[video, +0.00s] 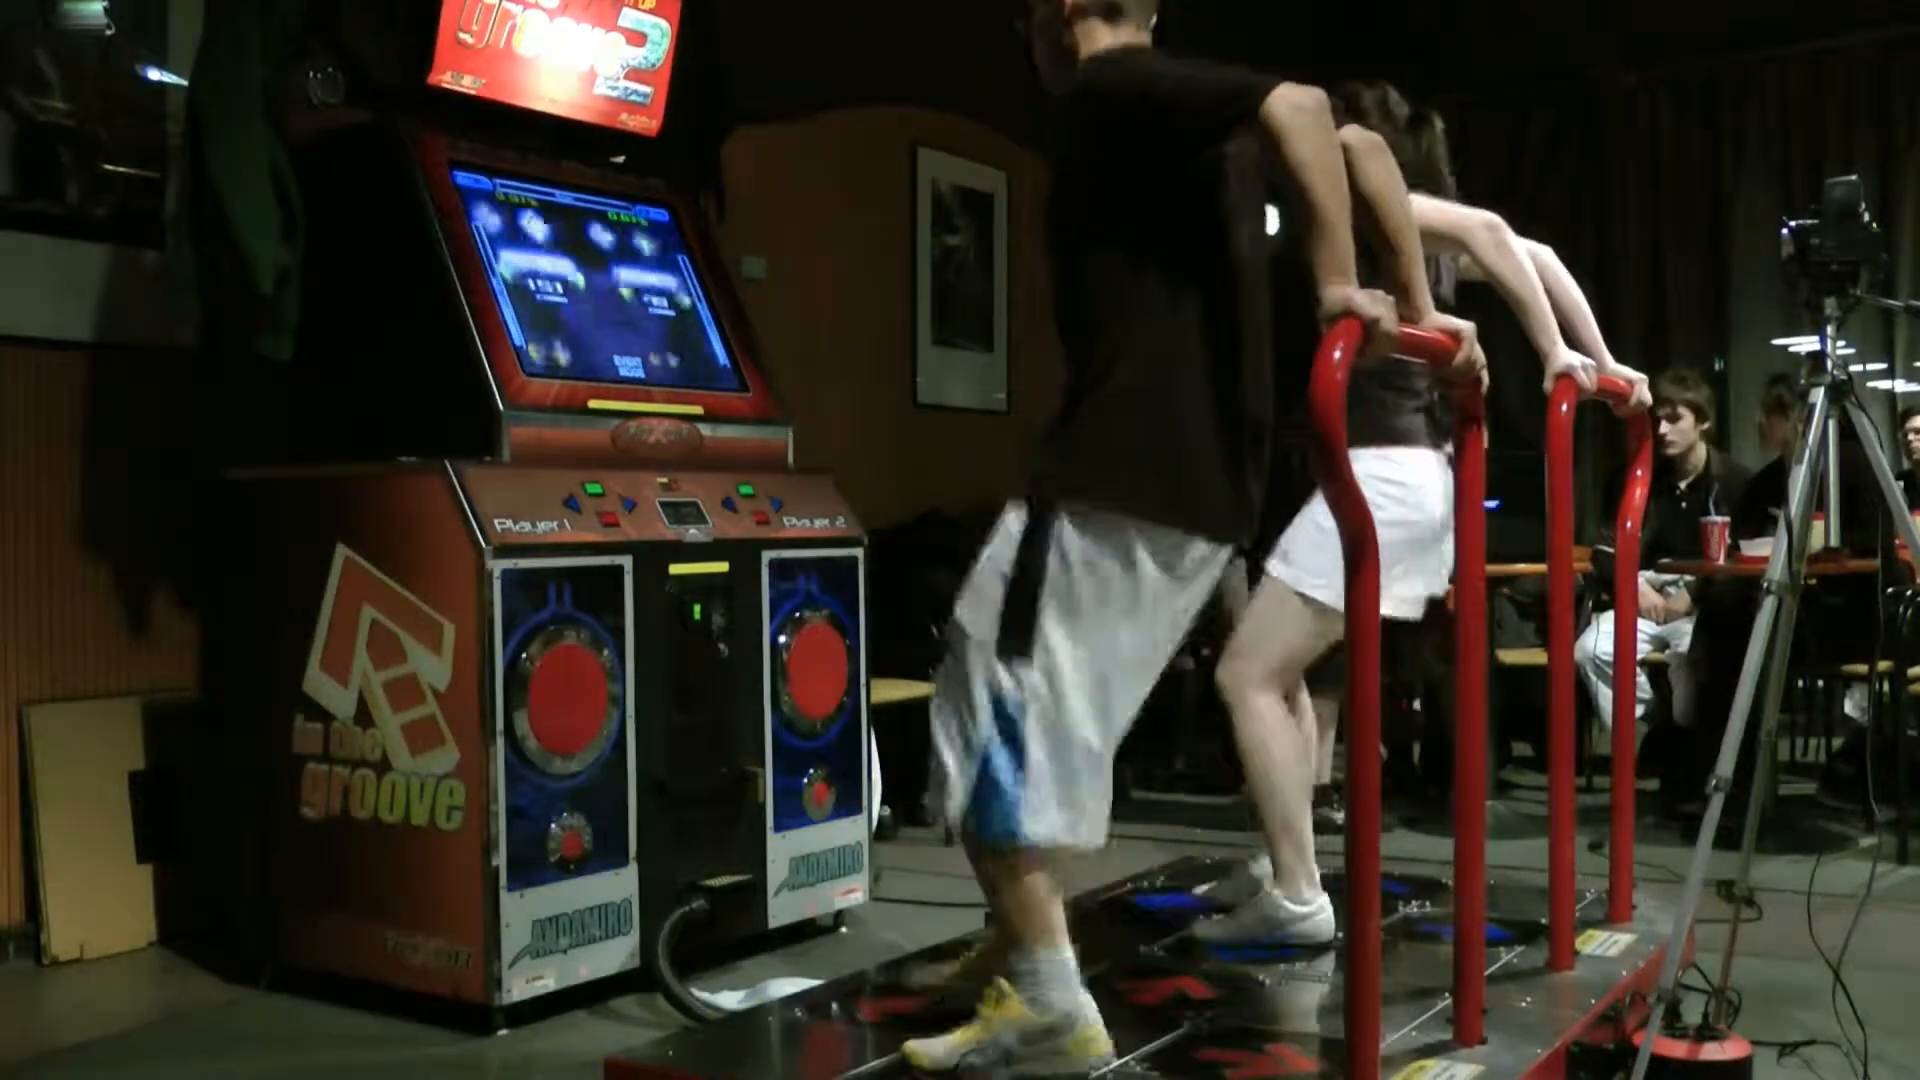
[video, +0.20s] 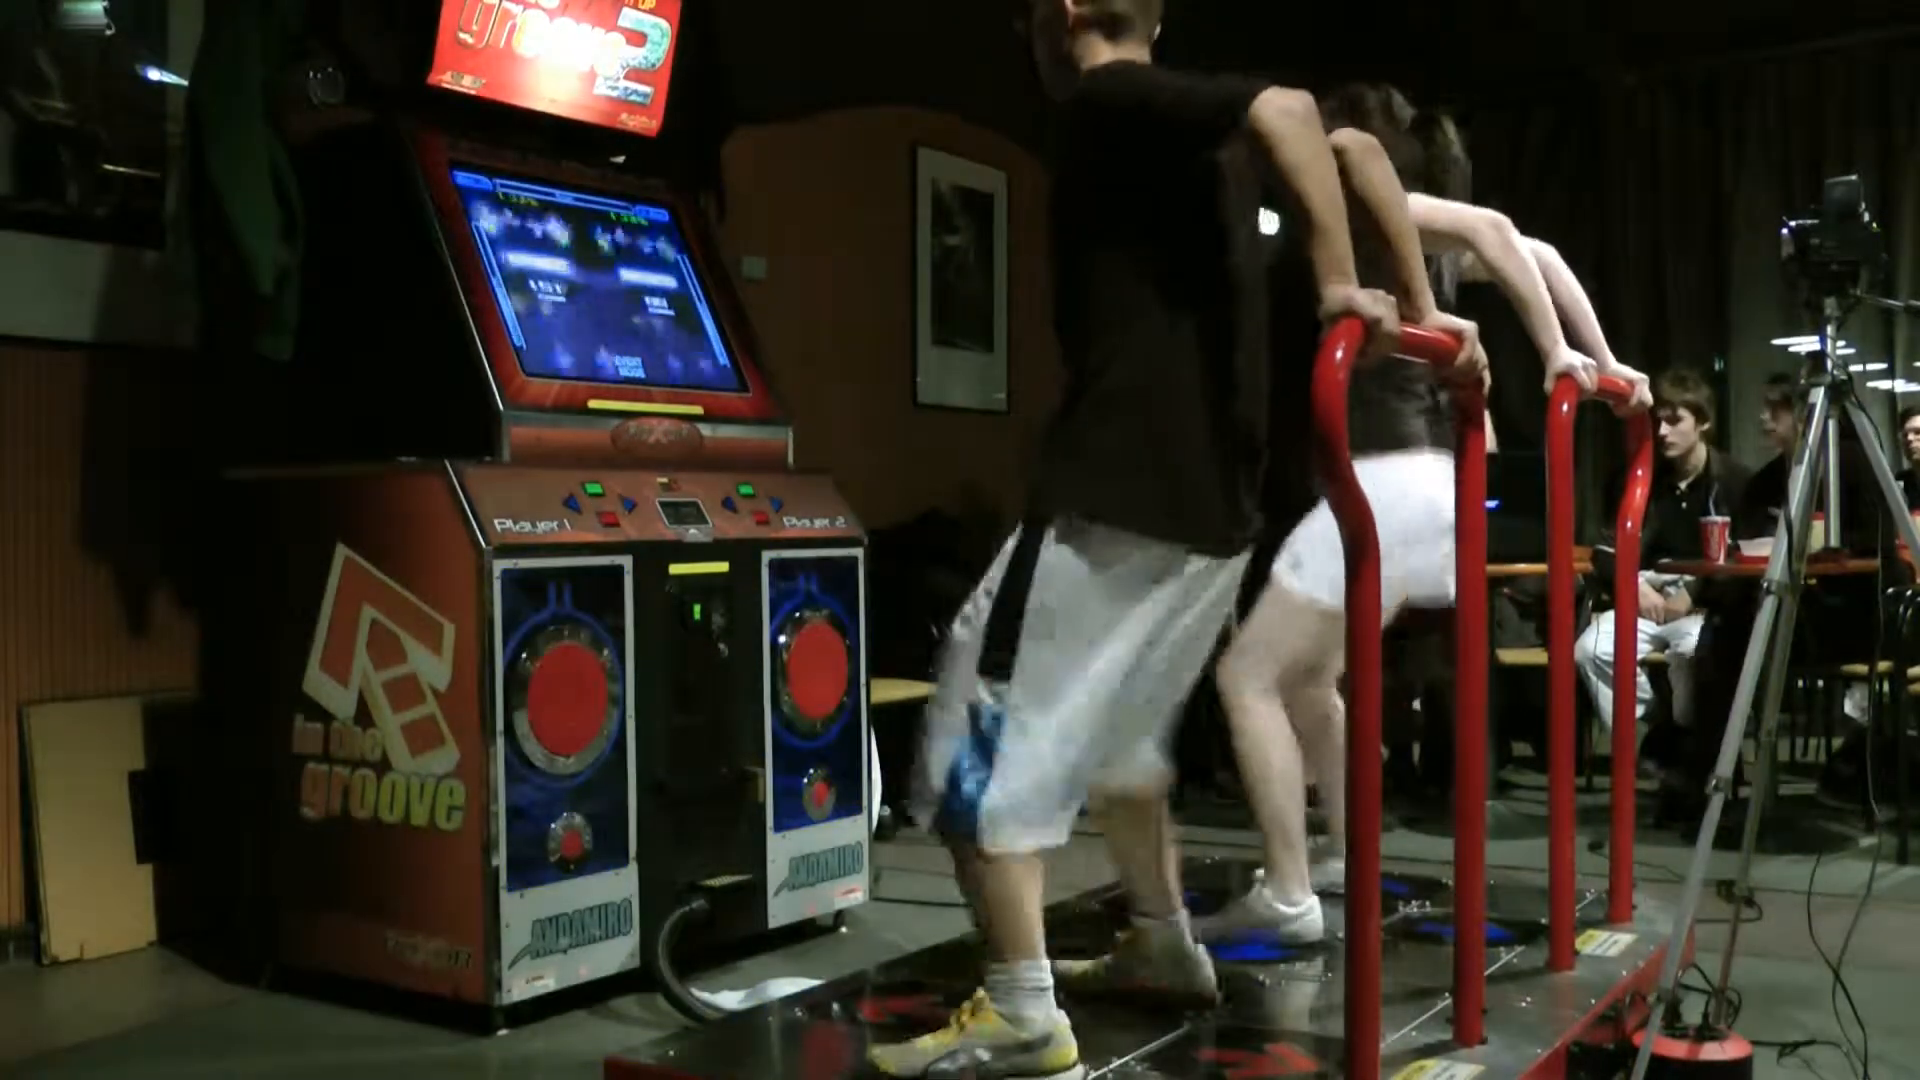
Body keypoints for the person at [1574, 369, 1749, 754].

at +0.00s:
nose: (1663, 429)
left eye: (1674, 419)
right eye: (1657, 420)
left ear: (1702, 423)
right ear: (1650, 424)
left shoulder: (1734, 481)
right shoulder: (1640, 476)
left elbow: (1746, 563)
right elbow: (1606, 549)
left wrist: (1691, 598)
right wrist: (1636, 588)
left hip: (1701, 605)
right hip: (1645, 601)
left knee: (1686, 655)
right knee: (1594, 650)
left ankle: (1689, 745)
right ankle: (1655, 734)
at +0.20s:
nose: (1663, 430)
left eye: (1674, 420)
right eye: (1658, 421)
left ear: (1702, 423)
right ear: (1651, 425)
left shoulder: (1735, 482)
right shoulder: (1645, 477)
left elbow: (1747, 565)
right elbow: (1609, 550)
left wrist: (1692, 601)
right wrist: (1635, 589)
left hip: (1705, 608)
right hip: (1650, 604)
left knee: (1690, 652)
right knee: (1593, 648)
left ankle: (1690, 744)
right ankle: (1650, 737)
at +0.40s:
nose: (1662, 431)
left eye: (1674, 421)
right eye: (1657, 421)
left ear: (1702, 424)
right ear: (1650, 425)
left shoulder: (1734, 481)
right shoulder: (1642, 476)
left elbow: (1747, 565)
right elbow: (1607, 549)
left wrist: (1692, 599)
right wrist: (1635, 586)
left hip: (1706, 606)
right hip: (1648, 602)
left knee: (1689, 652)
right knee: (1593, 648)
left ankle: (1689, 742)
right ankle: (1651, 734)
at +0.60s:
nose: (1662, 433)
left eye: (1673, 422)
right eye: (1657, 423)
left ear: (1702, 424)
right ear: (1650, 426)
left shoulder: (1737, 482)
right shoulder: (1644, 478)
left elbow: (1748, 561)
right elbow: (1606, 547)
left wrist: (1692, 594)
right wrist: (1634, 588)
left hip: (1706, 602)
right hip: (1646, 598)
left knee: (1689, 651)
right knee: (1594, 649)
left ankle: (1692, 754)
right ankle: (1645, 750)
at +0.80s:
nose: (1662, 433)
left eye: (1674, 423)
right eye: (1657, 423)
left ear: (1702, 424)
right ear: (1649, 426)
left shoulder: (1736, 481)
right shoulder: (1644, 479)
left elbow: (1749, 560)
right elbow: (1605, 549)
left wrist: (1692, 594)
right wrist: (1633, 588)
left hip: (1708, 600)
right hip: (1647, 597)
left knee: (1693, 650)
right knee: (1593, 650)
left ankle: (1695, 754)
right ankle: (1647, 752)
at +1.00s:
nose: (1663, 434)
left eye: (1674, 423)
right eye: (1658, 424)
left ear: (1703, 425)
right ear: (1650, 427)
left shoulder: (1736, 481)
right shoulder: (1644, 478)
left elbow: (1748, 560)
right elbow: (1606, 547)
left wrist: (1693, 594)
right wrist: (1635, 587)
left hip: (1707, 601)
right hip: (1646, 598)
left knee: (1690, 649)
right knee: (1594, 650)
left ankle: (1693, 750)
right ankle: (1646, 747)